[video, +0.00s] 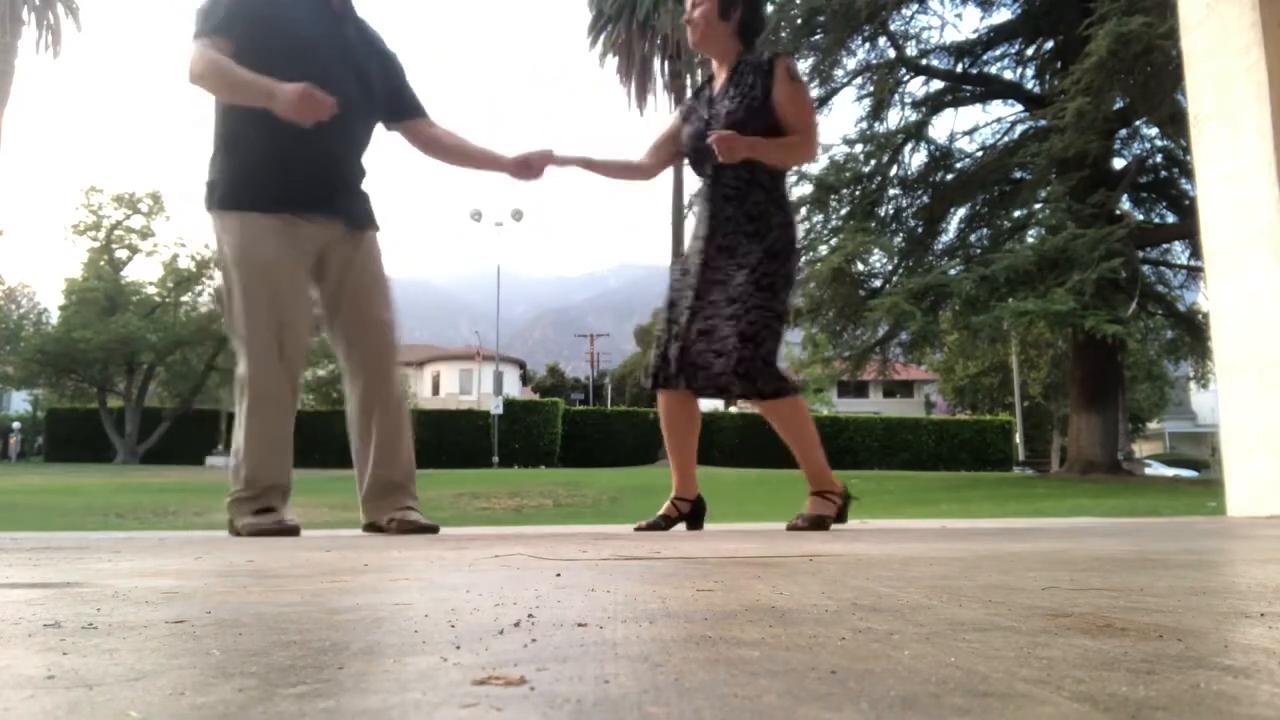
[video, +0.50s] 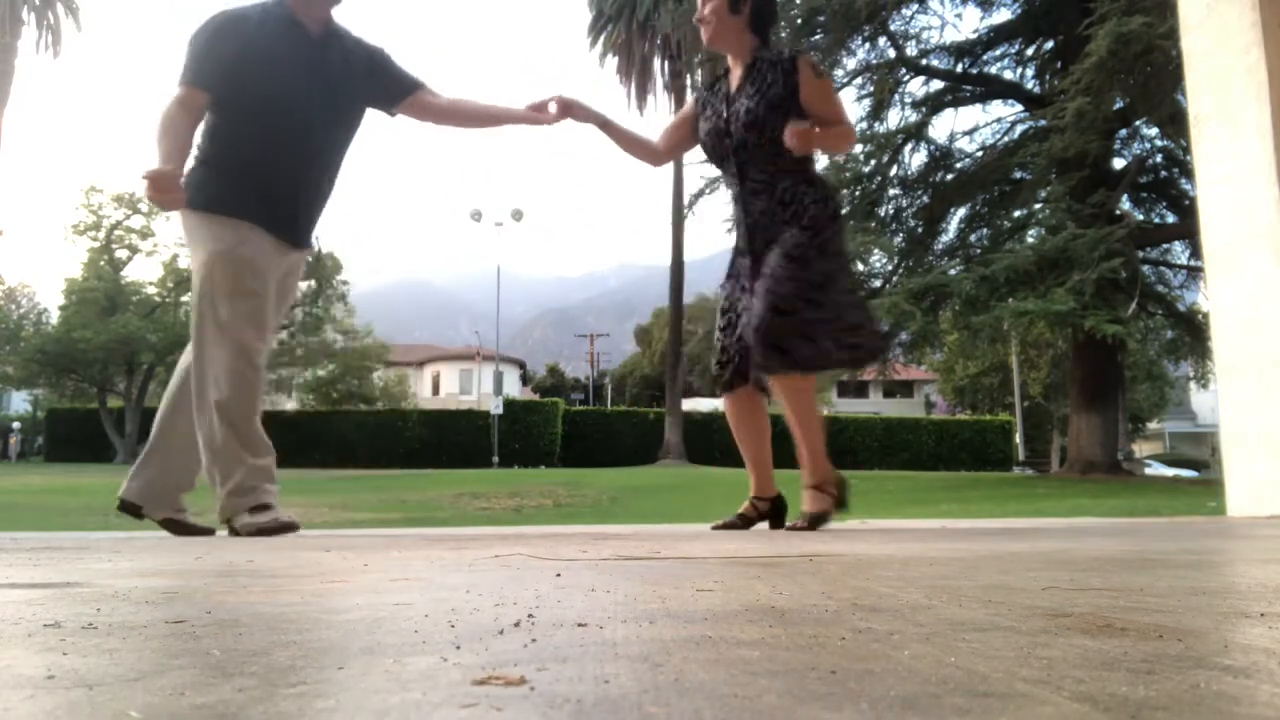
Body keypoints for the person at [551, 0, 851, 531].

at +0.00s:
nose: (686, 14)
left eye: (697, 5)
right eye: (687, 6)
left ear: (730, 14)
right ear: (703, 22)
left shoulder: (773, 70)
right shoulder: (701, 99)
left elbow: (805, 147)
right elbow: (647, 166)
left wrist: (749, 145)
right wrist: (570, 159)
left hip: (762, 237)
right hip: (711, 240)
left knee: (750, 363)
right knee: (674, 362)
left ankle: (827, 490)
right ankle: (684, 497)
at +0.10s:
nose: (688, 10)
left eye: (699, 1)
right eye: (689, 3)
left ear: (734, 7)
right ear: (707, 15)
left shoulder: (779, 58)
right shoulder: (703, 96)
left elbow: (832, 121)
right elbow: (640, 146)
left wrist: (769, 133)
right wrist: (563, 117)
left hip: (795, 228)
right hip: (744, 237)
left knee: (783, 352)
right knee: (696, 357)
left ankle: (833, 490)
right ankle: (684, 489)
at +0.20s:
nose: (692, 8)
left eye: (703, 1)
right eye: (693, 2)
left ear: (738, 8)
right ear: (706, 15)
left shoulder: (783, 55)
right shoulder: (705, 96)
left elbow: (847, 111)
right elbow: (644, 145)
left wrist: (791, 127)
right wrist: (570, 115)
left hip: (820, 220)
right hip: (765, 233)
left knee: (821, 351)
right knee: (718, 352)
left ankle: (841, 490)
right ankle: (704, 486)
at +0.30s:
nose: (697, 13)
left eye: (709, 4)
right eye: (698, 6)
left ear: (741, 13)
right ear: (713, 22)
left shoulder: (790, 69)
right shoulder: (708, 106)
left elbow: (845, 129)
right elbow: (658, 165)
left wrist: (802, 147)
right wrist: (588, 143)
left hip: (830, 224)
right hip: (776, 241)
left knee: (826, 343)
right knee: (735, 355)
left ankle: (846, 492)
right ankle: (747, 488)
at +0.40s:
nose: (699, 24)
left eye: (709, 13)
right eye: (699, 16)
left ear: (743, 19)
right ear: (727, 25)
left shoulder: (796, 77)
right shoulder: (710, 109)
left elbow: (844, 144)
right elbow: (660, 167)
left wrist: (810, 155)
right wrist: (594, 137)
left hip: (822, 232)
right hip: (769, 246)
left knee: (803, 344)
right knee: (740, 365)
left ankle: (844, 493)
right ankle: (767, 494)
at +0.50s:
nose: (698, 13)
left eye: (709, 4)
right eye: (699, 5)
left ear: (742, 12)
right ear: (719, 17)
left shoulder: (794, 69)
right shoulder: (712, 98)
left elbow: (844, 134)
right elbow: (657, 152)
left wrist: (814, 136)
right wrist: (589, 115)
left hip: (806, 225)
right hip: (753, 238)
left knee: (771, 335)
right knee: (733, 363)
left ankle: (821, 479)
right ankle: (765, 495)